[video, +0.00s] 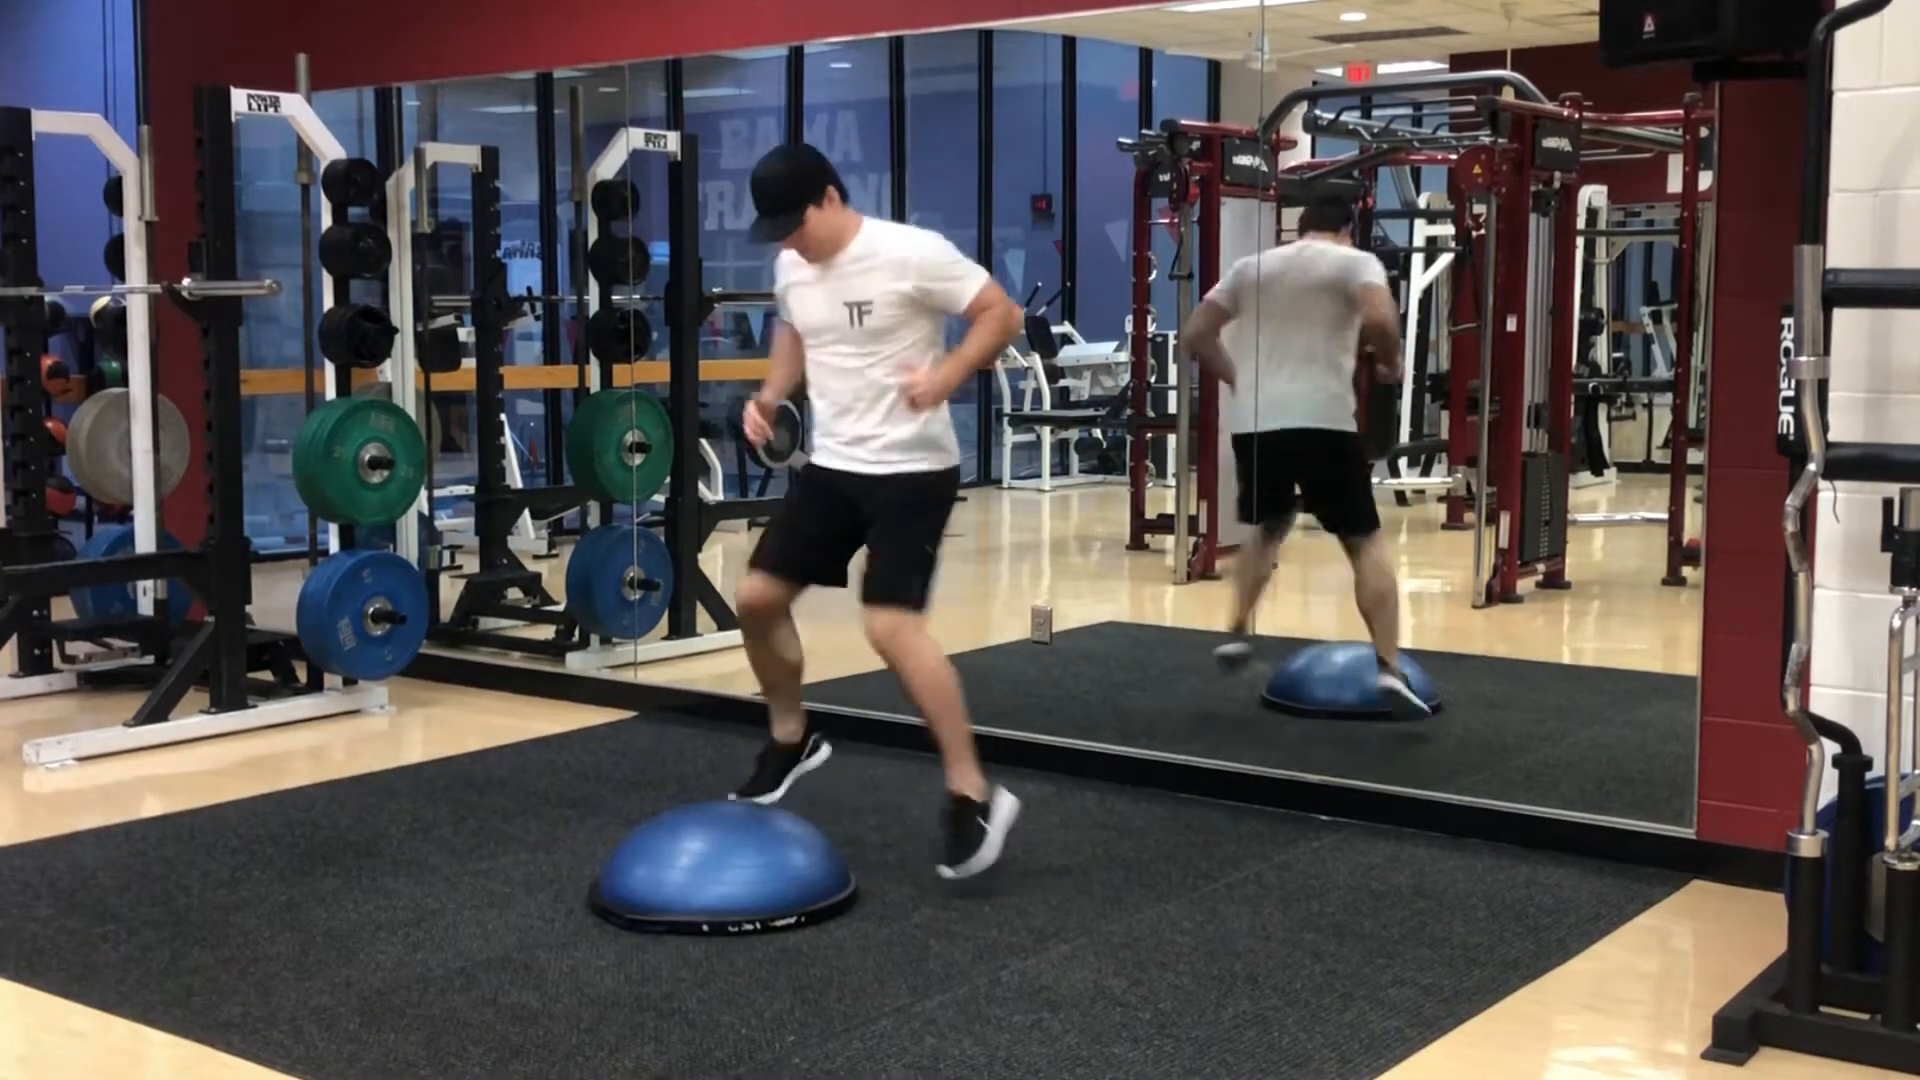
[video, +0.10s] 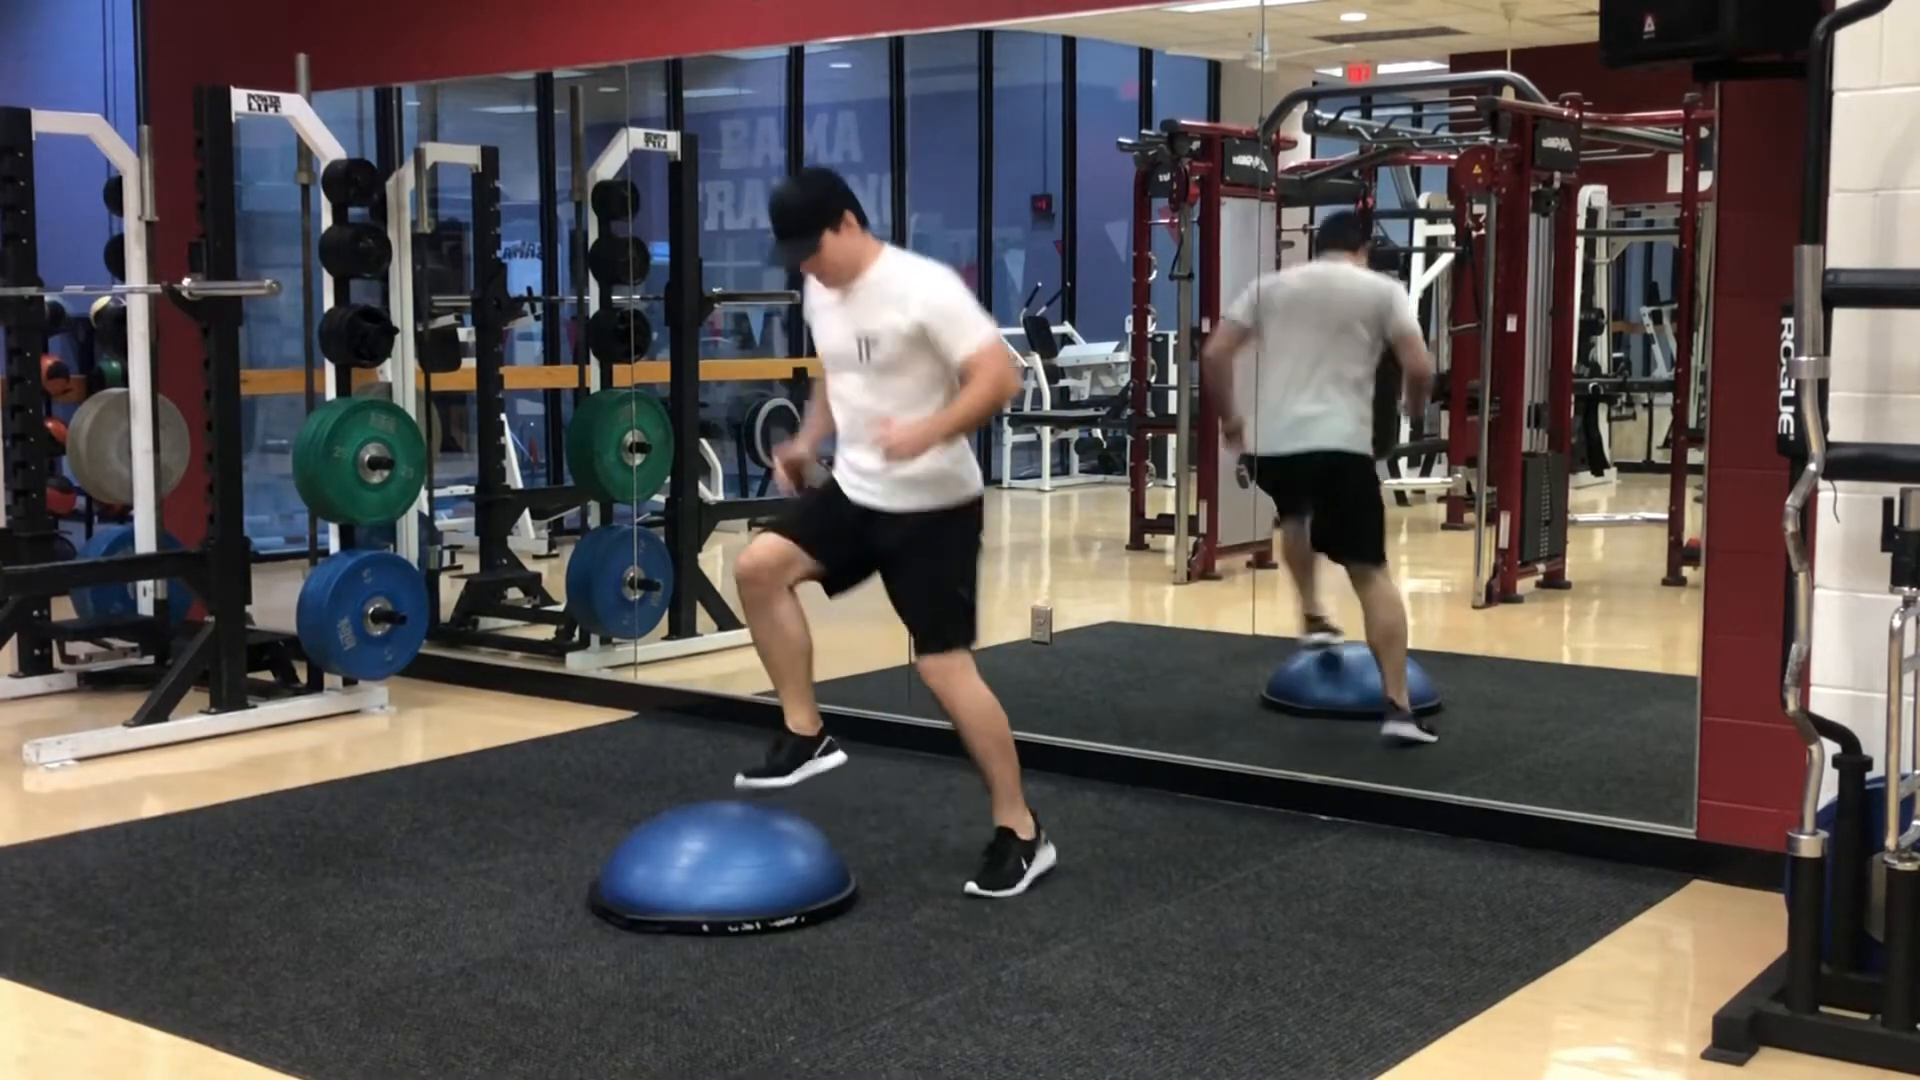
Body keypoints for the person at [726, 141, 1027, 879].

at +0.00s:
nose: (789, 245)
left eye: (794, 228)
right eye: (782, 234)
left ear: (828, 199)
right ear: (787, 218)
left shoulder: (912, 253)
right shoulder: (794, 267)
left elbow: (1003, 312)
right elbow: (793, 339)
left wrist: (947, 374)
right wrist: (769, 398)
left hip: (912, 472)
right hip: (831, 470)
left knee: (891, 623)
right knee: (758, 600)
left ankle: (973, 795)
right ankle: (789, 740)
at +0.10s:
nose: (808, 270)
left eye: (812, 253)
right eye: (799, 259)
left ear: (847, 225)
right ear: (802, 246)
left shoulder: (925, 286)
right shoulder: (820, 295)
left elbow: (998, 375)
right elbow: (836, 385)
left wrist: (929, 429)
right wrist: (806, 442)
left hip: (933, 509)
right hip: (855, 500)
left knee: (946, 667)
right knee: (758, 567)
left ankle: (1019, 828)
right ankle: (805, 733)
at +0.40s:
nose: (799, 243)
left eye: (802, 227)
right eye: (791, 232)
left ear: (838, 197)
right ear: (814, 209)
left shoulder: (923, 247)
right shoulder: (810, 264)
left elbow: (1009, 319)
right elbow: (824, 350)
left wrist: (936, 373)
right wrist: (801, 360)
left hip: (919, 470)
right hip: (838, 467)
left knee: (894, 616)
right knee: (778, 609)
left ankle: (960, 766)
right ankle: (792, 748)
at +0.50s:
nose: (783, 254)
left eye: (789, 238)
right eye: (775, 244)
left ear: (826, 211)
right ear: (774, 235)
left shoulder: (909, 258)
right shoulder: (779, 279)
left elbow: (1007, 311)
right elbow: (760, 362)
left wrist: (982, 402)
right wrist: (774, 375)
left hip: (916, 462)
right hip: (834, 476)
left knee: (837, 571)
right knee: (801, 642)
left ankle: (872, 724)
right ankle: (794, 784)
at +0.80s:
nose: (788, 237)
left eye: (794, 220)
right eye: (781, 225)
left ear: (831, 194)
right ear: (789, 214)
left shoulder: (913, 242)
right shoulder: (790, 268)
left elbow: (1009, 295)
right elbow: (780, 344)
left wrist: (949, 357)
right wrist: (775, 379)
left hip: (922, 462)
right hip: (839, 469)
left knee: (877, 603)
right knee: (795, 623)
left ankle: (947, 763)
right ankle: (800, 766)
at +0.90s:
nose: (802, 247)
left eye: (807, 231)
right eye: (795, 237)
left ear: (842, 202)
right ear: (799, 223)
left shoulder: (924, 256)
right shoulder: (814, 269)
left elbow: (1003, 337)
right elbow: (826, 353)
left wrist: (928, 388)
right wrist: (802, 403)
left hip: (936, 481)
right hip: (857, 479)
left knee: (937, 644)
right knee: (779, 589)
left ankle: (1004, 811)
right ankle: (812, 744)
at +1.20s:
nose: (800, 250)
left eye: (803, 234)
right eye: (791, 240)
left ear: (838, 205)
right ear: (802, 221)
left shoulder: (920, 259)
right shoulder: (813, 267)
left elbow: (988, 349)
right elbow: (831, 350)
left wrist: (904, 377)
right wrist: (799, 391)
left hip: (919, 487)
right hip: (838, 480)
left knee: (919, 639)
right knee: (769, 599)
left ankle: (986, 793)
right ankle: (789, 745)